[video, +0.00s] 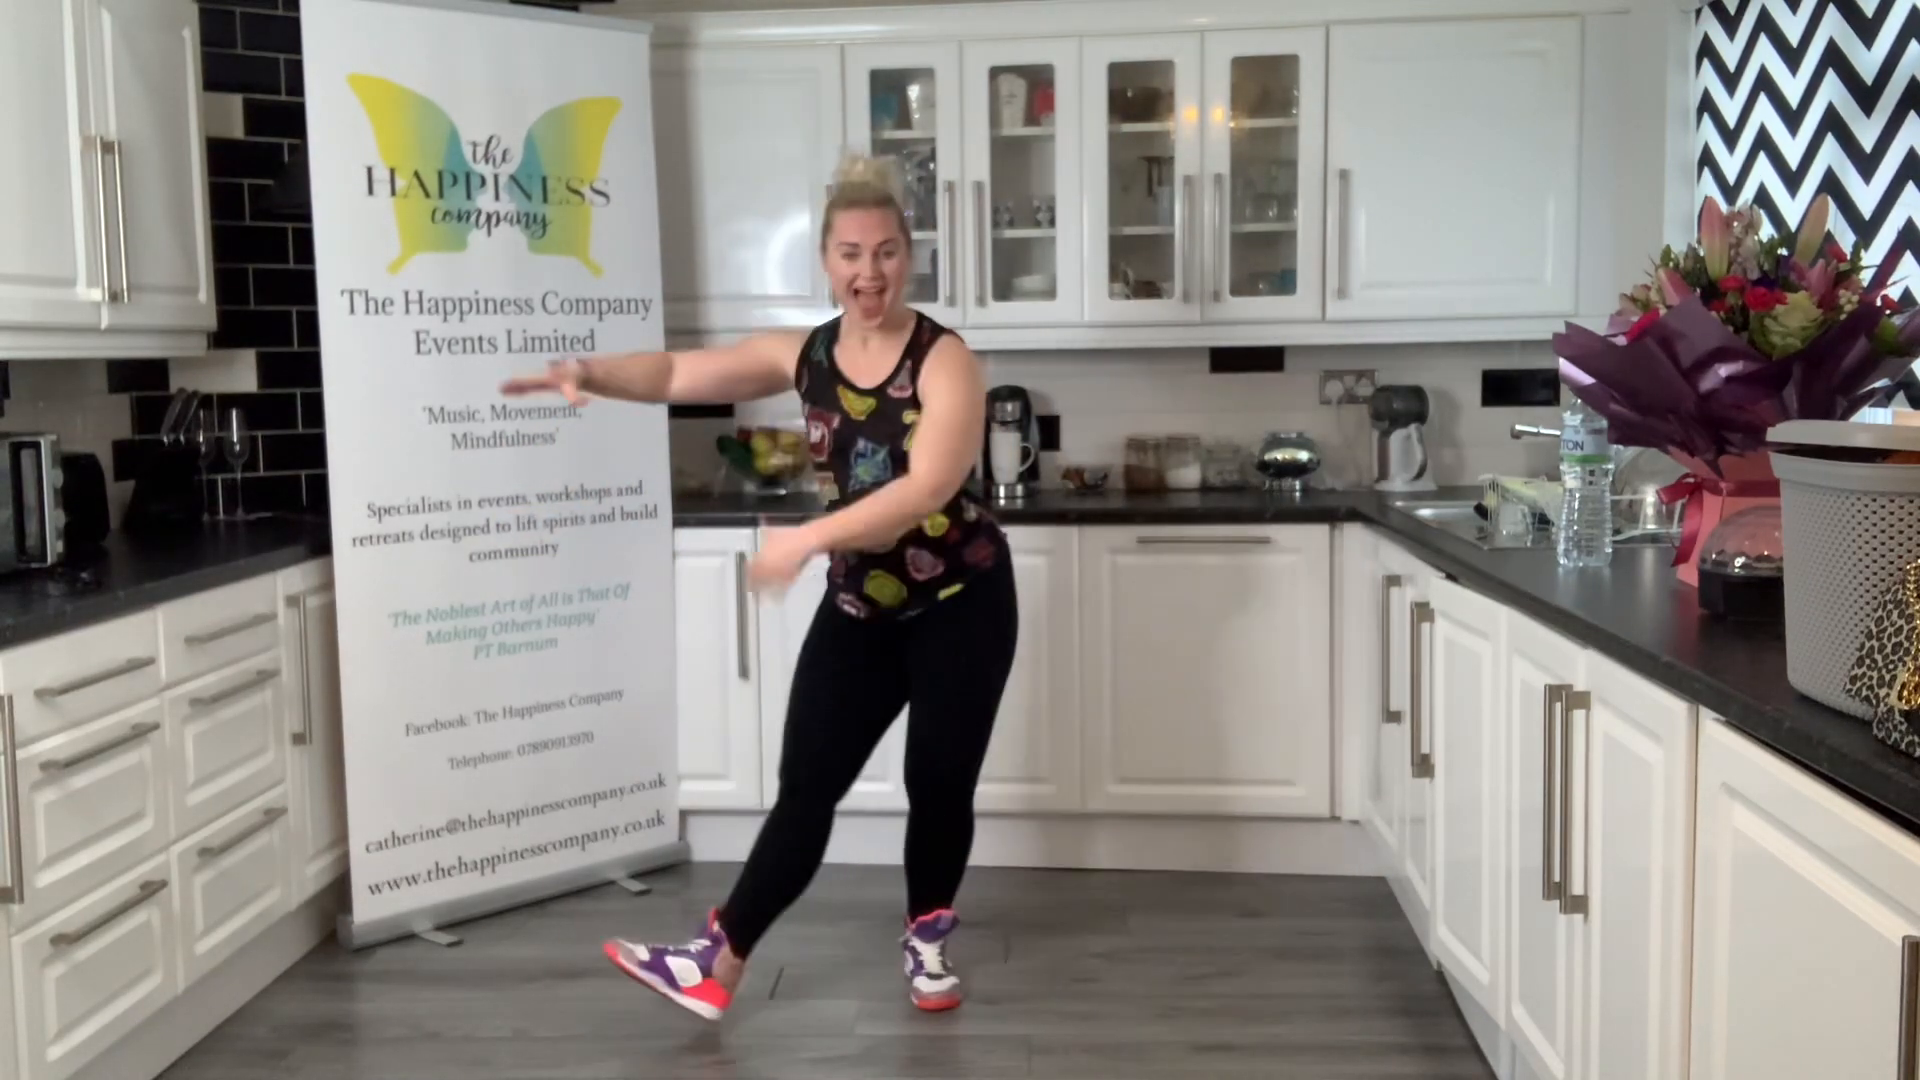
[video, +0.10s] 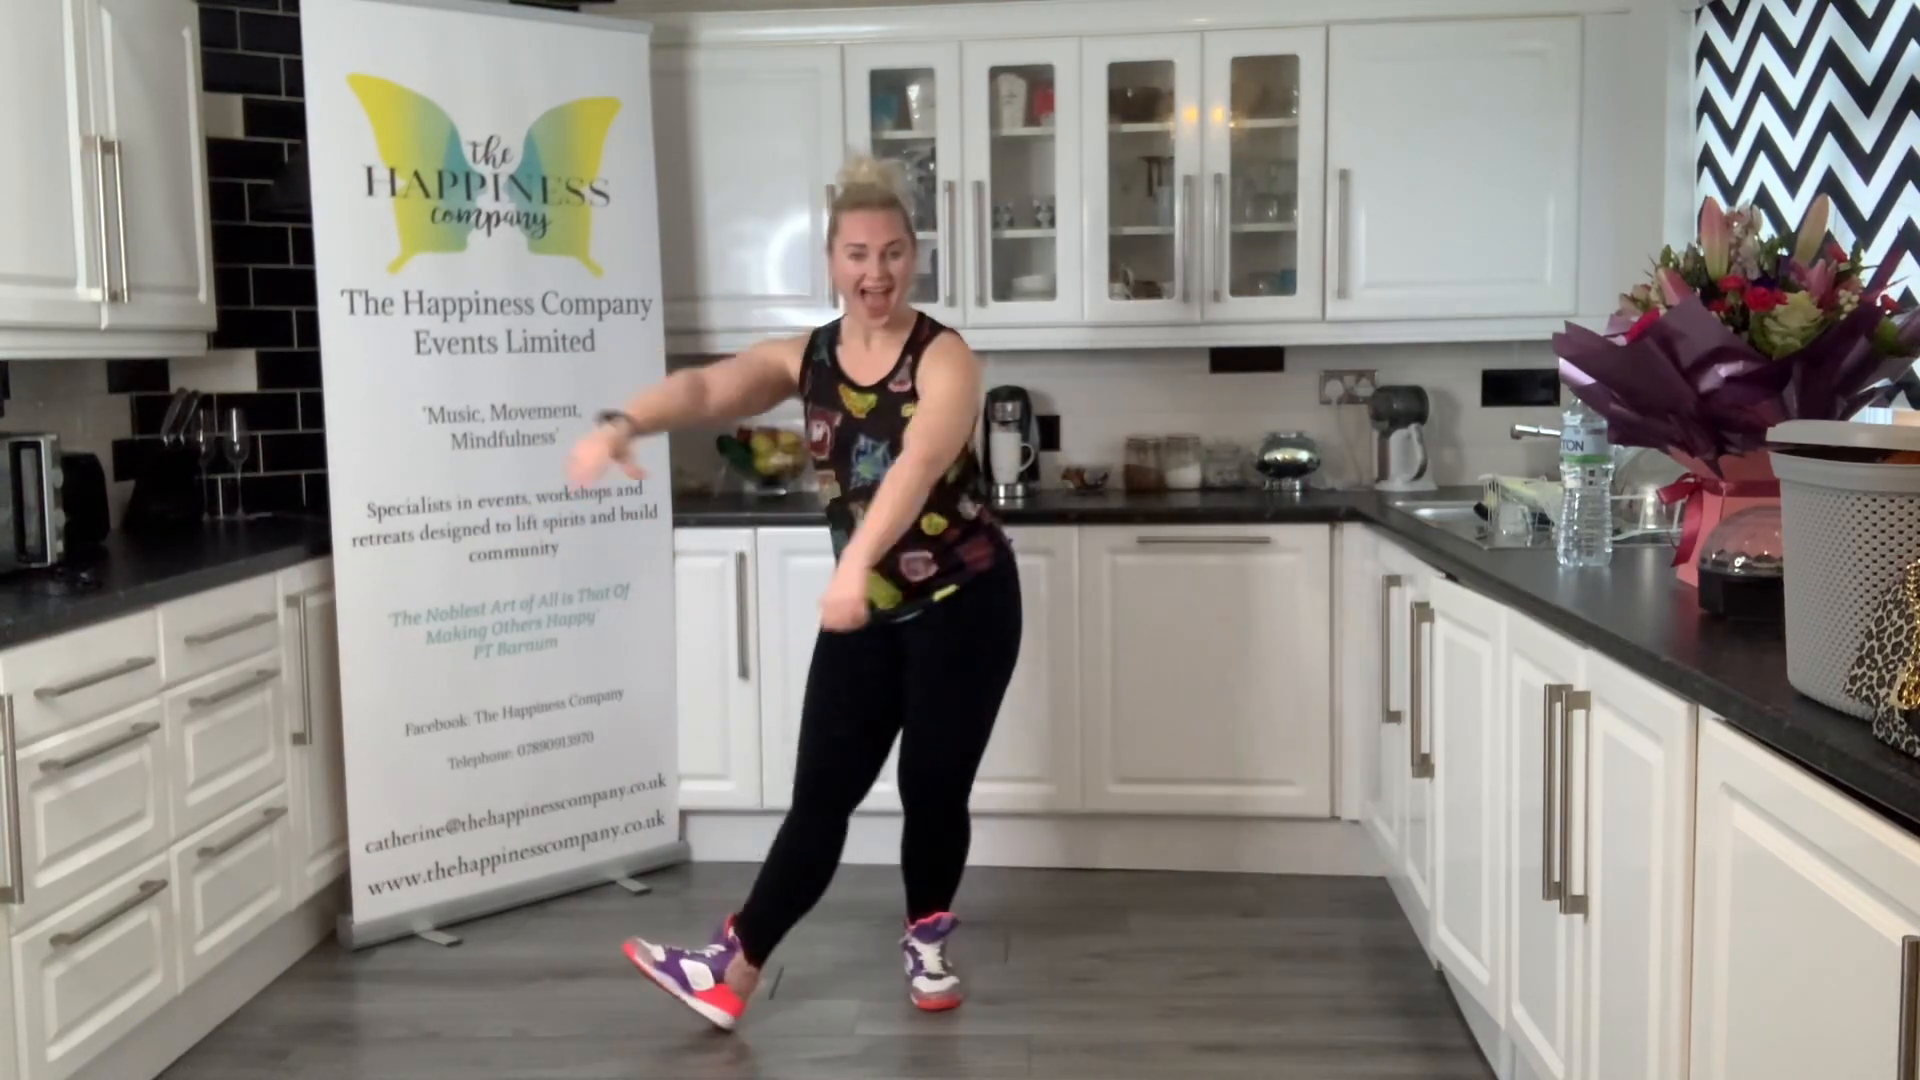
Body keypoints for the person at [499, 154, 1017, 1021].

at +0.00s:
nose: (868, 271)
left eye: (885, 251)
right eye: (849, 252)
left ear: (910, 254)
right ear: (825, 258)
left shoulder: (947, 363)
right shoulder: (806, 353)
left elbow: (930, 488)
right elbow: (676, 374)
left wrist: (809, 538)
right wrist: (586, 371)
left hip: (962, 605)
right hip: (862, 603)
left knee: (941, 787)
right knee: (805, 790)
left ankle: (930, 938)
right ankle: (718, 957)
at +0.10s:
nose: (875, 270)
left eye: (891, 252)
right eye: (857, 254)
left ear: (915, 256)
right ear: (832, 261)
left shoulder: (948, 359)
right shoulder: (805, 356)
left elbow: (920, 465)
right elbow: (711, 389)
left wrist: (855, 564)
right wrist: (626, 422)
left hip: (963, 601)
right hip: (865, 604)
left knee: (936, 790)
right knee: (821, 795)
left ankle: (928, 939)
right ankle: (738, 964)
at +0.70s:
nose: (866, 249)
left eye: (883, 230)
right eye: (847, 231)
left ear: (906, 230)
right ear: (819, 232)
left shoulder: (930, 316)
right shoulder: (803, 346)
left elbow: (1035, 363)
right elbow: (830, 499)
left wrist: (1078, 300)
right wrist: (922, 550)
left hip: (902, 579)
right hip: (806, 581)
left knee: (893, 763)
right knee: (805, 767)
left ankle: (918, 942)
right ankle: (779, 958)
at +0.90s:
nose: (851, 257)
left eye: (868, 238)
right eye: (831, 239)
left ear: (886, 239)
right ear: (800, 241)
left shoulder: (890, 321)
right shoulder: (787, 353)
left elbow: (984, 357)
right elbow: (857, 506)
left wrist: (1037, 295)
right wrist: (915, 540)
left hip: (832, 568)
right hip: (739, 575)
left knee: (909, 723)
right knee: (777, 759)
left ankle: (916, 917)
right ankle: (777, 971)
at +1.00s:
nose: (843, 293)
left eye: (860, 275)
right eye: (825, 274)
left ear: (880, 274)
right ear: (793, 273)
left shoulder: (876, 344)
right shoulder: (779, 379)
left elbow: (966, 378)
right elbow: (853, 535)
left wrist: (1024, 314)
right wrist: (898, 562)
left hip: (800, 585)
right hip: (706, 589)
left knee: (915, 686)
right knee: (770, 771)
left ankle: (826, 841)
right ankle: (778, 975)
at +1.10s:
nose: (828, 302)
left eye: (845, 284)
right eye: (810, 283)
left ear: (865, 284)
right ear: (778, 283)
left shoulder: (862, 357)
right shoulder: (763, 394)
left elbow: (951, 388)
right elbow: (830, 554)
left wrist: (1008, 326)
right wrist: (878, 576)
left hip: (780, 597)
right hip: (690, 602)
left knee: (884, 719)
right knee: (774, 771)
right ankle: (780, 979)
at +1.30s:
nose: (796, 274)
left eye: (813, 254)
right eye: (776, 255)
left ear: (833, 252)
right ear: (745, 255)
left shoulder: (835, 338)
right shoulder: (736, 369)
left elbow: (926, 376)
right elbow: (782, 530)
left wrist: (980, 311)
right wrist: (829, 554)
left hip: (737, 594)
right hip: (673, 583)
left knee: (703, 775)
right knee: (756, 762)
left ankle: (537, 887)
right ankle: (779, 978)